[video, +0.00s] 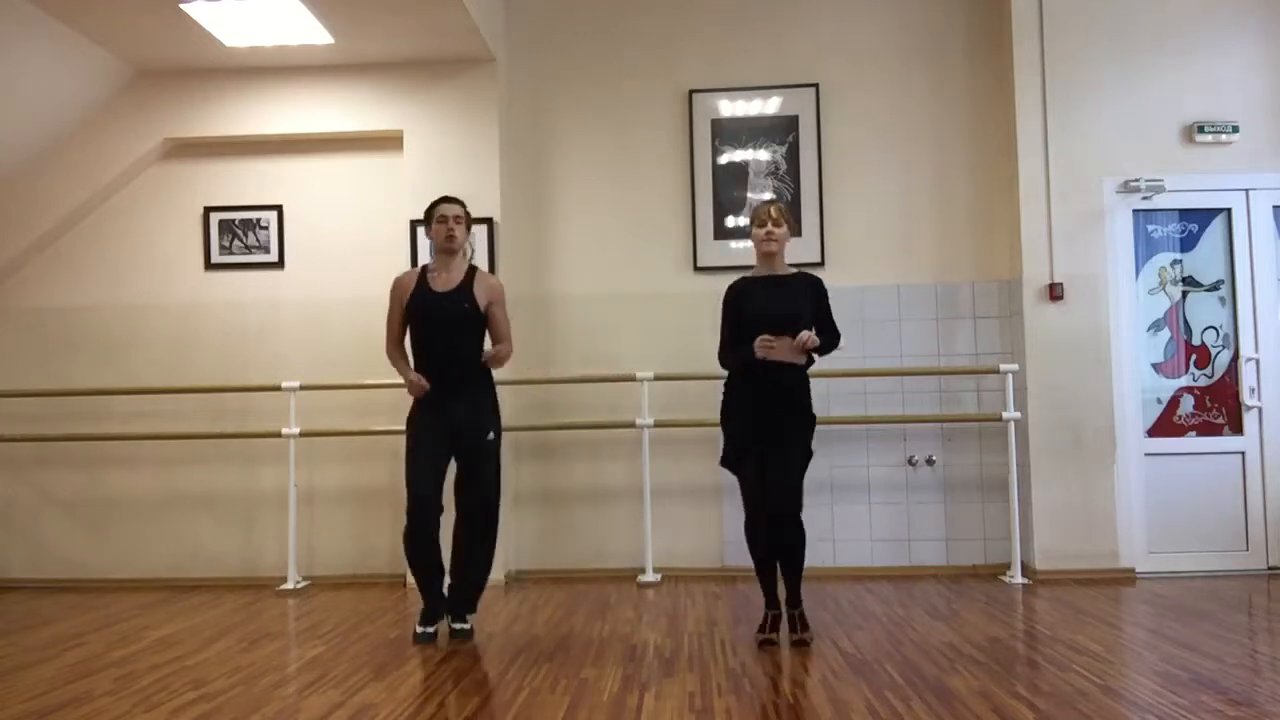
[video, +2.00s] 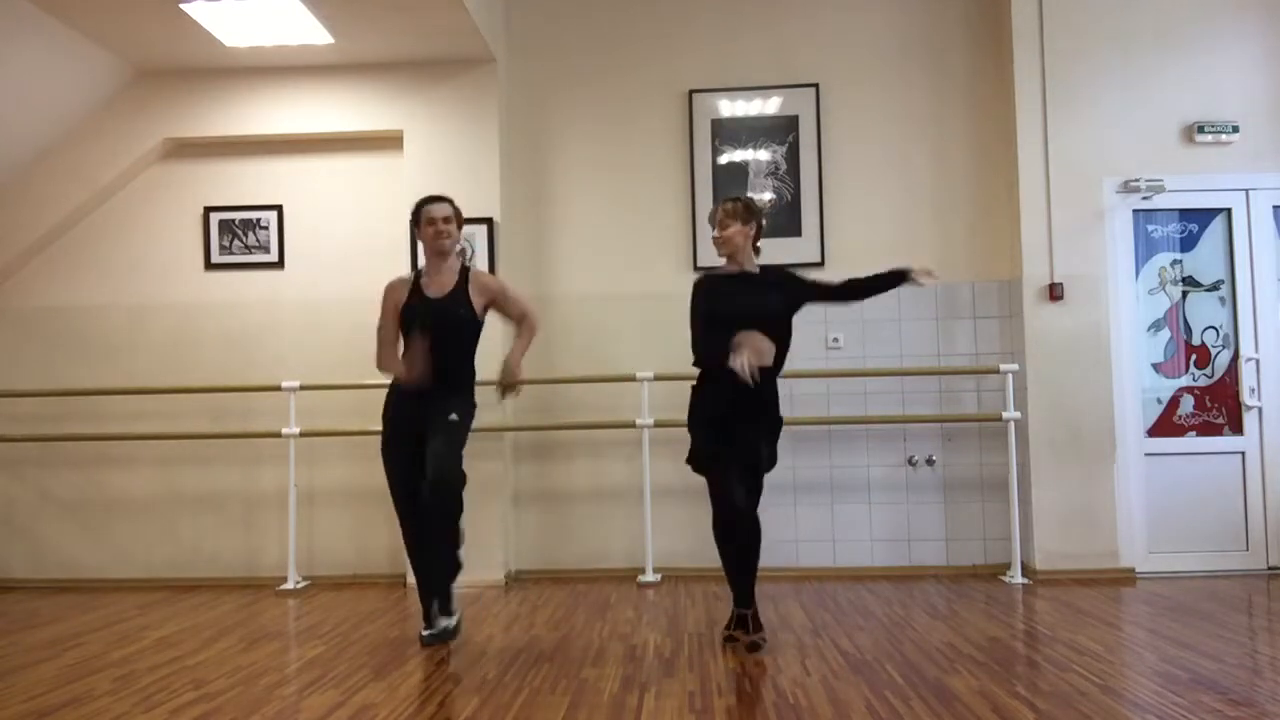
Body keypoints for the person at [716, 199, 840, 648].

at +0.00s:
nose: (769, 230)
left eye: (776, 223)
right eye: (761, 223)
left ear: (789, 233)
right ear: (751, 234)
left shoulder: (810, 285)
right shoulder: (738, 291)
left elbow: (831, 337)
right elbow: (726, 357)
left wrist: (815, 339)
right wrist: (753, 349)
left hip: (792, 412)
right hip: (745, 414)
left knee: (787, 510)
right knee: (756, 511)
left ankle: (795, 606)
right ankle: (771, 607)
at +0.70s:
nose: (738, 229)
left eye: (746, 222)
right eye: (733, 223)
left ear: (766, 232)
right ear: (726, 233)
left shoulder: (786, 283)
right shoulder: (713, 285)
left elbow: (805, 341)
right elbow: (704, 350)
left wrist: (776, 352)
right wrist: (735, 353)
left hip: (767, 412)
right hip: (720, 412)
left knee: (759, 510)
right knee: (725, 511)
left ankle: (758, 609)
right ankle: (730, 607)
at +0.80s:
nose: (724, 228)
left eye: (733, 222)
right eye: (723, 222)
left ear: (759, 229)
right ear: (723, 231)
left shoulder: (781, 283)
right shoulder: (711, 279)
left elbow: (793, 345)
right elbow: (685, 329)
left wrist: (784, 376)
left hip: (770, 399)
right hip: (725, 400)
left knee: (765, 510)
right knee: (729, 508)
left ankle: (762, 609)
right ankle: (738, 607)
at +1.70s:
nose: (722, 227)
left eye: (731, 219)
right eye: (720, 221)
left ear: (755, 227)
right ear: (721, 231)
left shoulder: (779, 282)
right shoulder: (709, 281)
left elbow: (799, 340)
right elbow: (673, 333)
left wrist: (824, 388)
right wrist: (648, 298)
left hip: (770, 394)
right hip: (722, 395)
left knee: (770, 506)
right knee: (733, 506)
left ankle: (764, 609)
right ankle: (741, 608)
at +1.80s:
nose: (716, 223)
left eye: (725, 215)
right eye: (716, 216)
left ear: (752, 223)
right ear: (728, 226)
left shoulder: (783, 277)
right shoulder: (707, 274)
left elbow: (835, 322)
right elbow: (672, 318)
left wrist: (886, 357)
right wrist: (674, 273)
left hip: (765, 395)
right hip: (716, 395)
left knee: (763, 504)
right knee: (729, 503)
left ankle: (764, 607)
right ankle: (737, 606)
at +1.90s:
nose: (718, 220)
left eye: (727, 213)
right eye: (716, 214)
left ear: (752, 220)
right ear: (717, 223)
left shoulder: (785, 269)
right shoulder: (708, 266)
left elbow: (846, 288)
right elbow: (683, 319)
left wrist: (907, 304)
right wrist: (712, 283)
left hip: (762, 391)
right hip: (713, 391)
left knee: (749, 496)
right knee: (725, 498)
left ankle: (756, 602)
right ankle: (738, 602)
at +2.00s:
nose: (718, 232)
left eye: (727, 225)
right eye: (716, 226)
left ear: (752, 230)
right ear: (716, 233)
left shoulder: (782, 283)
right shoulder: (707, 286)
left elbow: (844, 291)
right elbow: (701, 349)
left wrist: (902, 275)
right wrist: (734, 345)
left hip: (758, 410)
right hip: (712, 408)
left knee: (743, 508)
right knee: (727, 507)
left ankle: (744, 609)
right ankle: (744, 609)